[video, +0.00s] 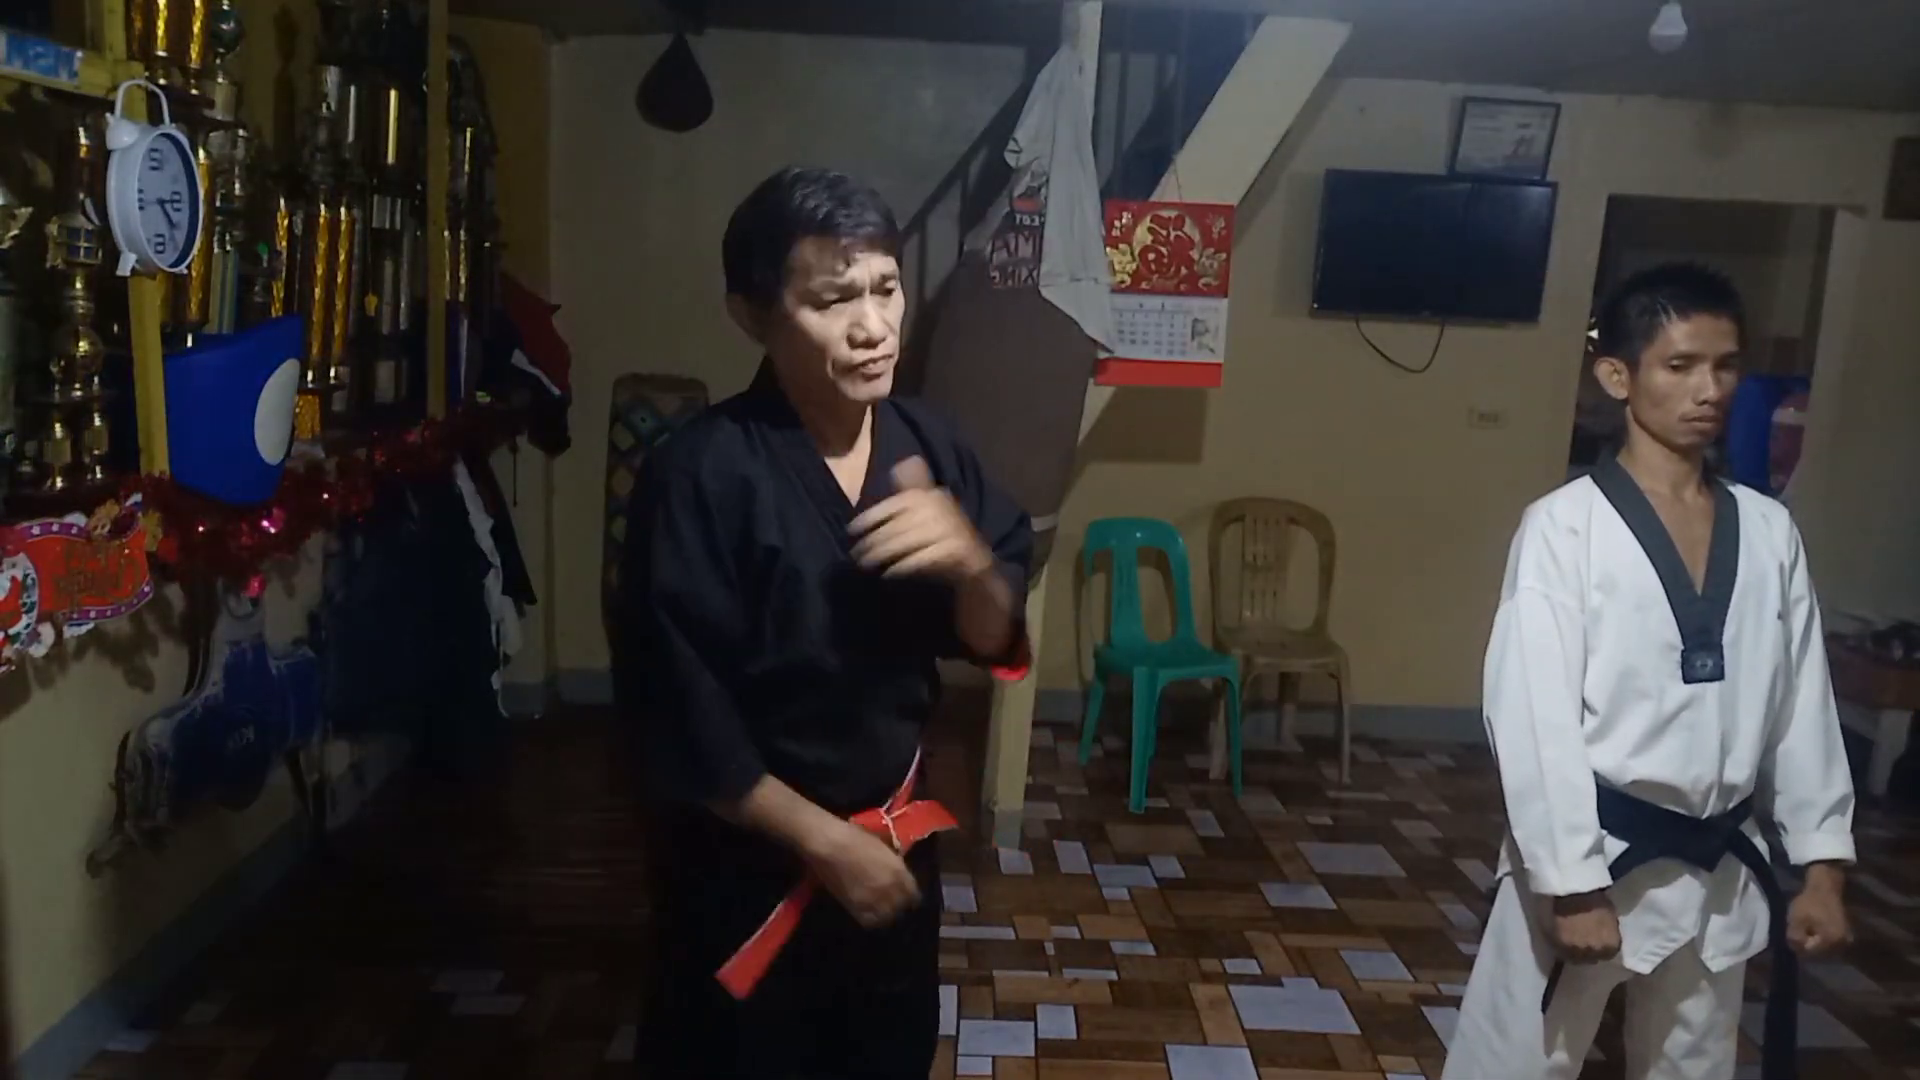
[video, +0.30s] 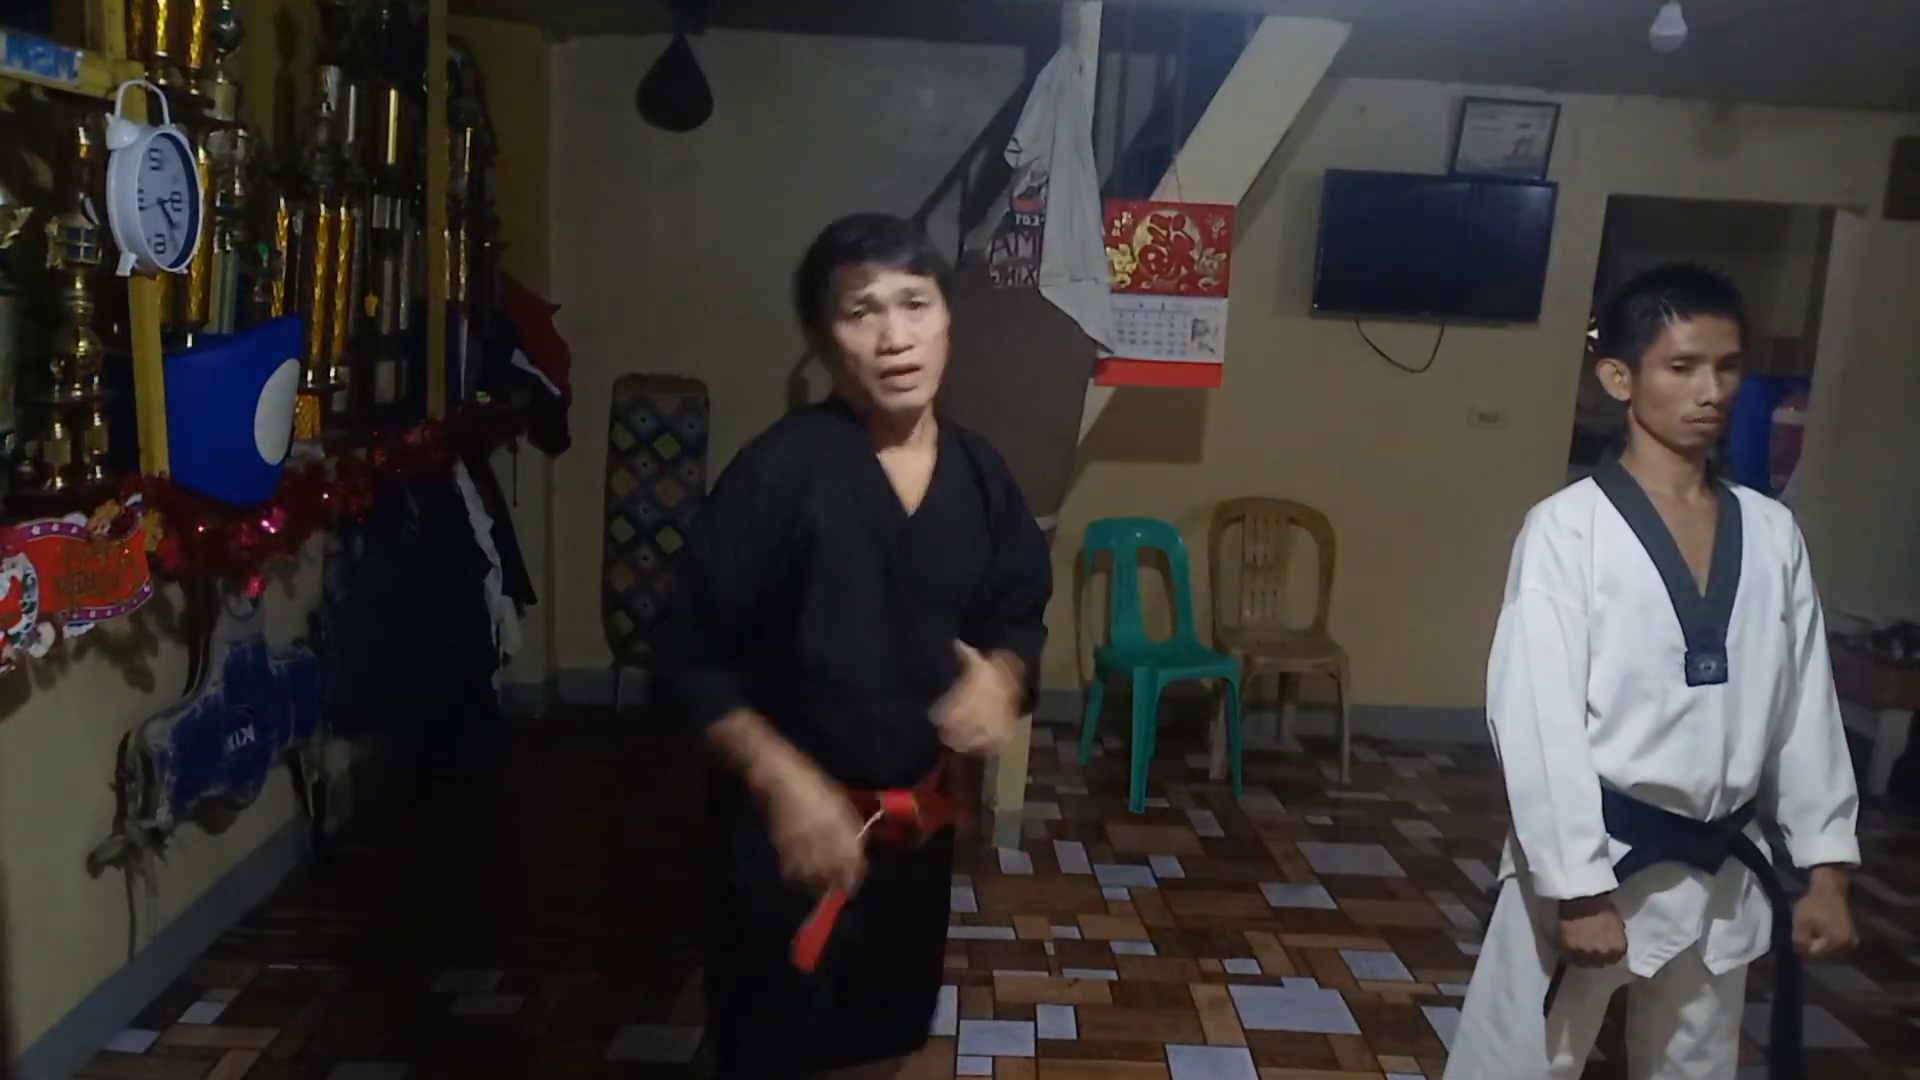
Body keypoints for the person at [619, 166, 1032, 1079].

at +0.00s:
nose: (873, 325)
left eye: (885, 290)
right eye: (833, 299)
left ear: (905, 288)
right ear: (753, 316)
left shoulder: (927, 444)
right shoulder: (696, 474)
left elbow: (997, 643)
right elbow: (675, 717)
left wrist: (973, 562)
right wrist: (828, 838)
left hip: (891, 835)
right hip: (736, 845)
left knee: (892, 1059)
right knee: (738, 1062)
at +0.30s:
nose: (895, 338)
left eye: (915, 306)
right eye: (862, 314)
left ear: (948, 321)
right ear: (824, 341)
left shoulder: (980, 475)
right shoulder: (776, 475)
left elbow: (1019, 612)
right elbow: (689, 657)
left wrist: (1002, 679)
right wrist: (784, 778)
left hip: (916, 832)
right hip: (783, 834)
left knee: (885, 1052)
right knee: (770, 1058)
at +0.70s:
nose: (912, 338)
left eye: (930, 308)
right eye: (879, 313)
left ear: (959, 317)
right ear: (837, 334)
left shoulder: (972, 463)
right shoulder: (797, 451)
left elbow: (1018, 650)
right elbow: (693, 633)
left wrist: (1003, 569)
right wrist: (835, 660)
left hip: (908, 812)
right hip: (783, 810)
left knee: (887, 1045)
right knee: (759, 1050)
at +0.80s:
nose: (915, 339)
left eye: (934, 308)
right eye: (882, 314)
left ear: (961, 316)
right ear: (839, 333)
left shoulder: (968, 451)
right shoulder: (802, 442)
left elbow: (1027, 626)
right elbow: (683, 616)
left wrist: (1001, 516)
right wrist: (835, 555)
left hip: (911, 804)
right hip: (795, 795)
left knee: (879, 1043)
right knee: (767, 1051)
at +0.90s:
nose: (909, 338)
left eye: (928, 307)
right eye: (877, 313)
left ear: (956, 312)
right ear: (832, 333)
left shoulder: (961, 455)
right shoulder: (799, 439)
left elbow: (1021, 618)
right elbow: (696, 550)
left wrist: (1004, 505)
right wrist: (842, 533)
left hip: (911, 797)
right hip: (795, 789)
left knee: (891, 1033)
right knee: (773, 1046)